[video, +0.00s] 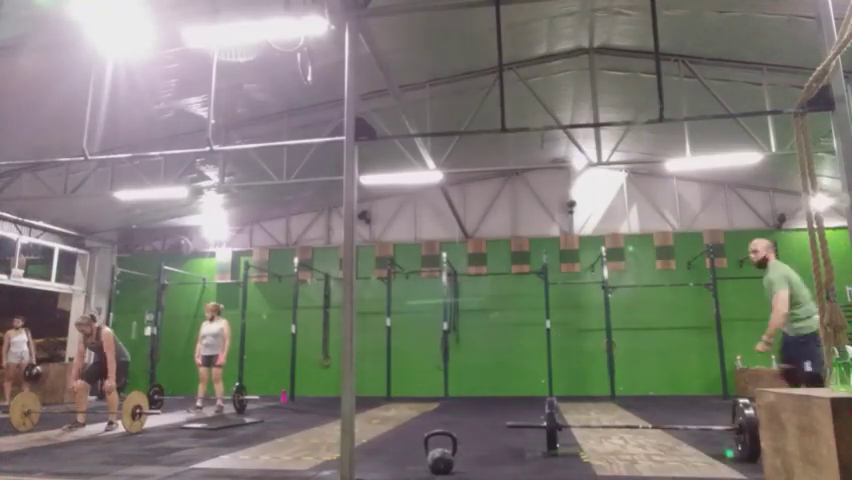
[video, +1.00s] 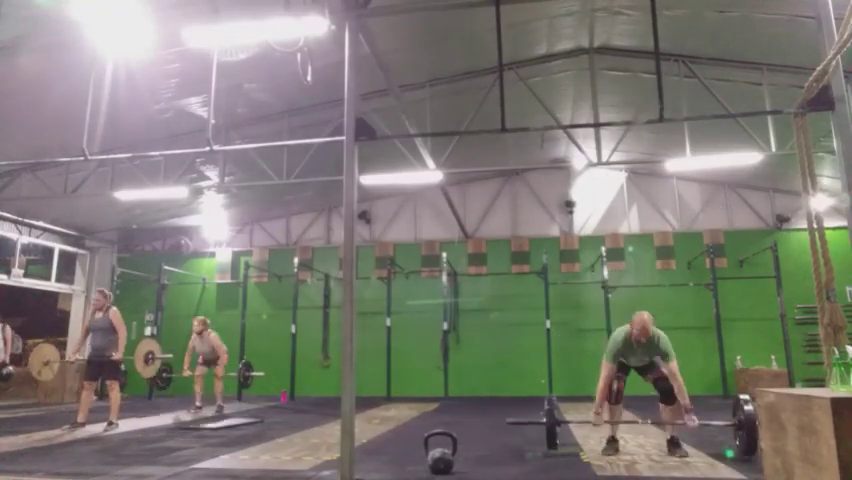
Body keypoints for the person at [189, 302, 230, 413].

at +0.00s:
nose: (207, 313)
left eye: (209, 311)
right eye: (206, 311)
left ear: (215, 312)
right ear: (206, 312)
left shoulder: (223, 323)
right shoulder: (204, 324)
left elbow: (227, 340)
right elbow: (200, 341)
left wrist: (223, 355)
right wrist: (197, 355)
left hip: (217, 353)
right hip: (204, 353)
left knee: (216, 378)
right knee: (202, 378)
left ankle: (219, 402)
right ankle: (199, 402)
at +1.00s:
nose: (195, 328)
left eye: (198, 325)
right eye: (194, 325)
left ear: (204, 326)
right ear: (193, 326)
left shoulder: (212, 336)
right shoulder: (194, 337)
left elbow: (223, 352)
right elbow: (189, 353)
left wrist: (220, 367)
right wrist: (185, 368)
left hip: (217, 356)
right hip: (203, 356)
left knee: (218, 376)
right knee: (198, 375)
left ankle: (219, 403)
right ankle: (198, 403)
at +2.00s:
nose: (201, 331)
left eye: (203, 328)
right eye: (200, 328)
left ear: (209, 329)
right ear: (198, 329)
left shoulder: (217, 338)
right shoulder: (198, 340)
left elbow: (222, 355)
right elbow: (193, 357)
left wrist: (222, 373)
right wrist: (188, 373)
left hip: (219, 359)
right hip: (206, 360)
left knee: (219, 379)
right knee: (198, 377)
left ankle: (219, 403)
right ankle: (198, 404)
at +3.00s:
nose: (201, 324)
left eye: (203, 321)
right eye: (199, 321)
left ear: (208, 323)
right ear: (198, 323)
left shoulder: (215, 333)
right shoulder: (198, 333)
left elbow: (220, 349)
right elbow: (193, 350)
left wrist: (222, 364)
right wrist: (189, 366)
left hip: (217, 354)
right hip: (205, 355)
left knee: (219, 376)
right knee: (201, 375)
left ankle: (219, 402)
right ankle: (198, 403)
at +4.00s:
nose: (203, 317)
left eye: (206, 315)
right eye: (202, 315)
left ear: (212, 317)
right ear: (201, 317)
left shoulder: (218, 329)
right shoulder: (199, 330)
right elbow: (194, 347)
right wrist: (190, 363)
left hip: (218, 356)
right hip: (204, 356)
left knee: (218, 378)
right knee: (200, 377)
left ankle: (219, 403)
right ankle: (198, 403)